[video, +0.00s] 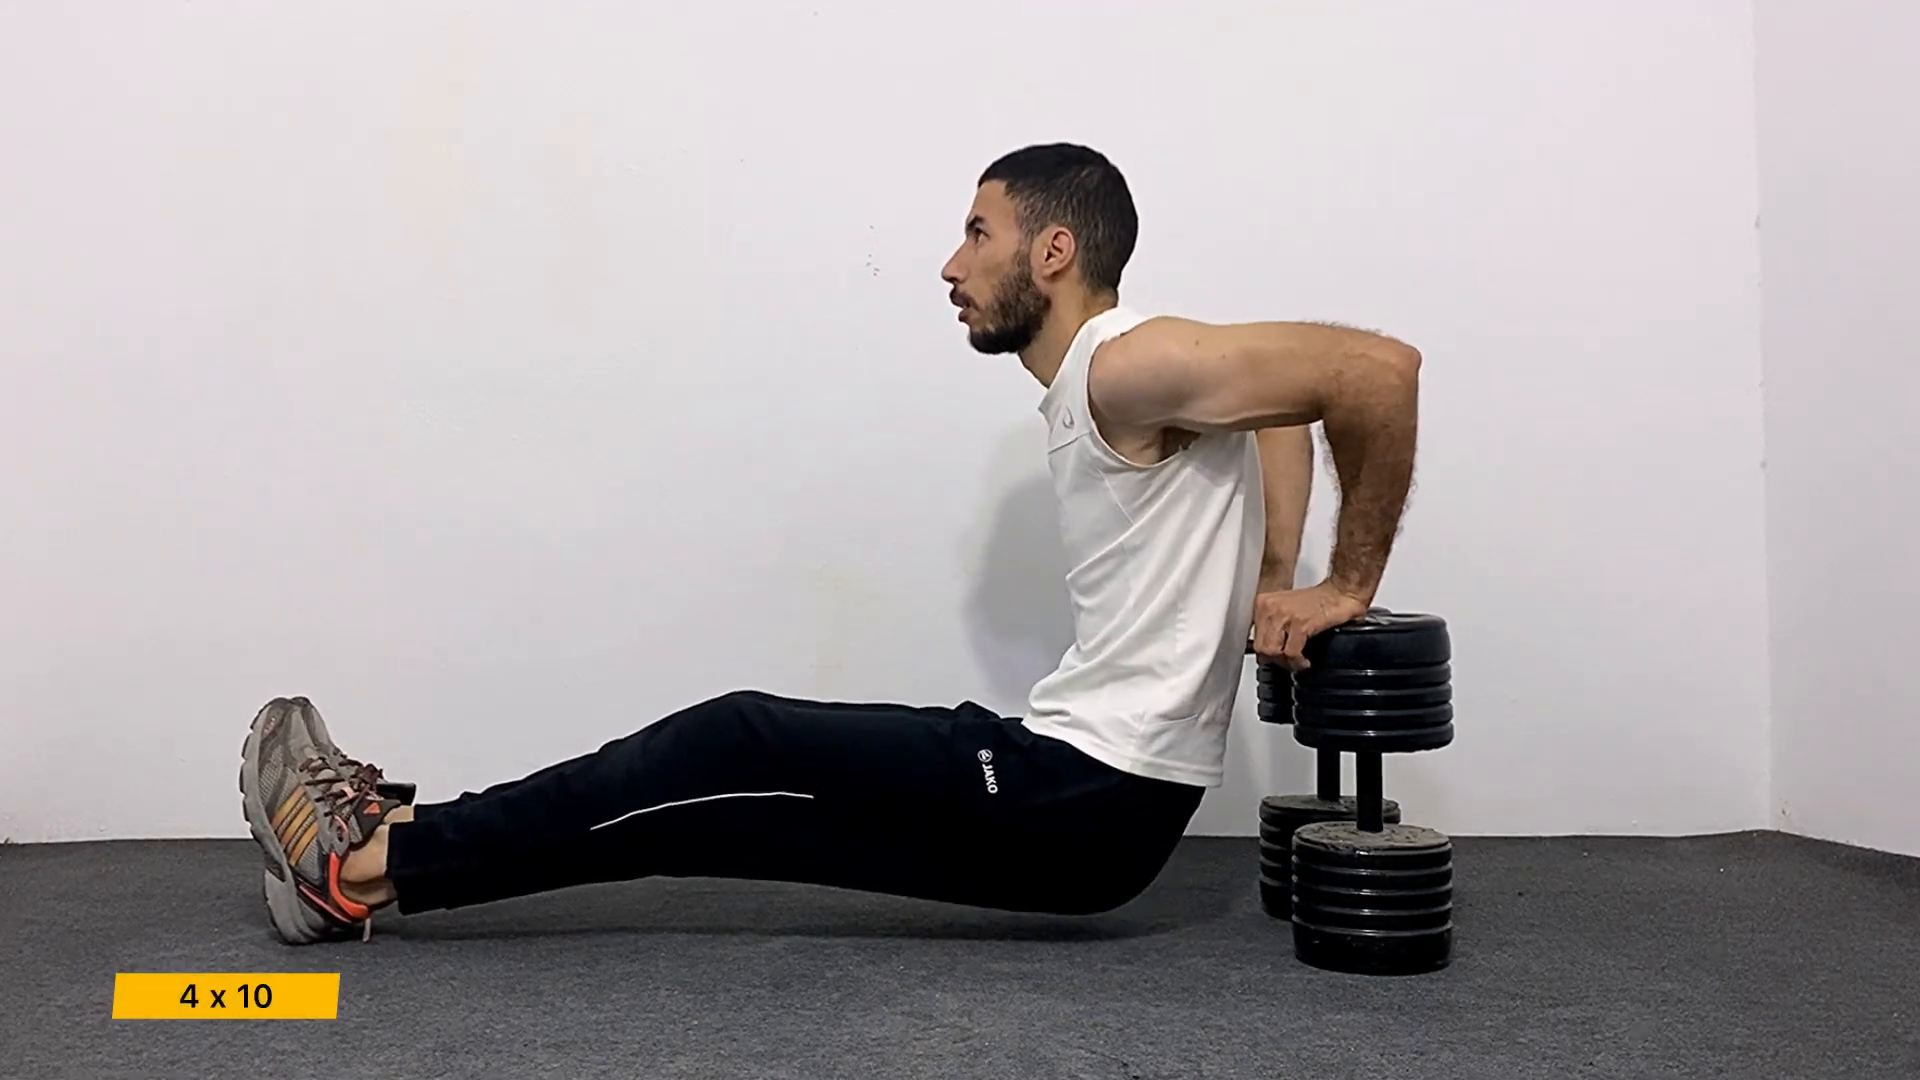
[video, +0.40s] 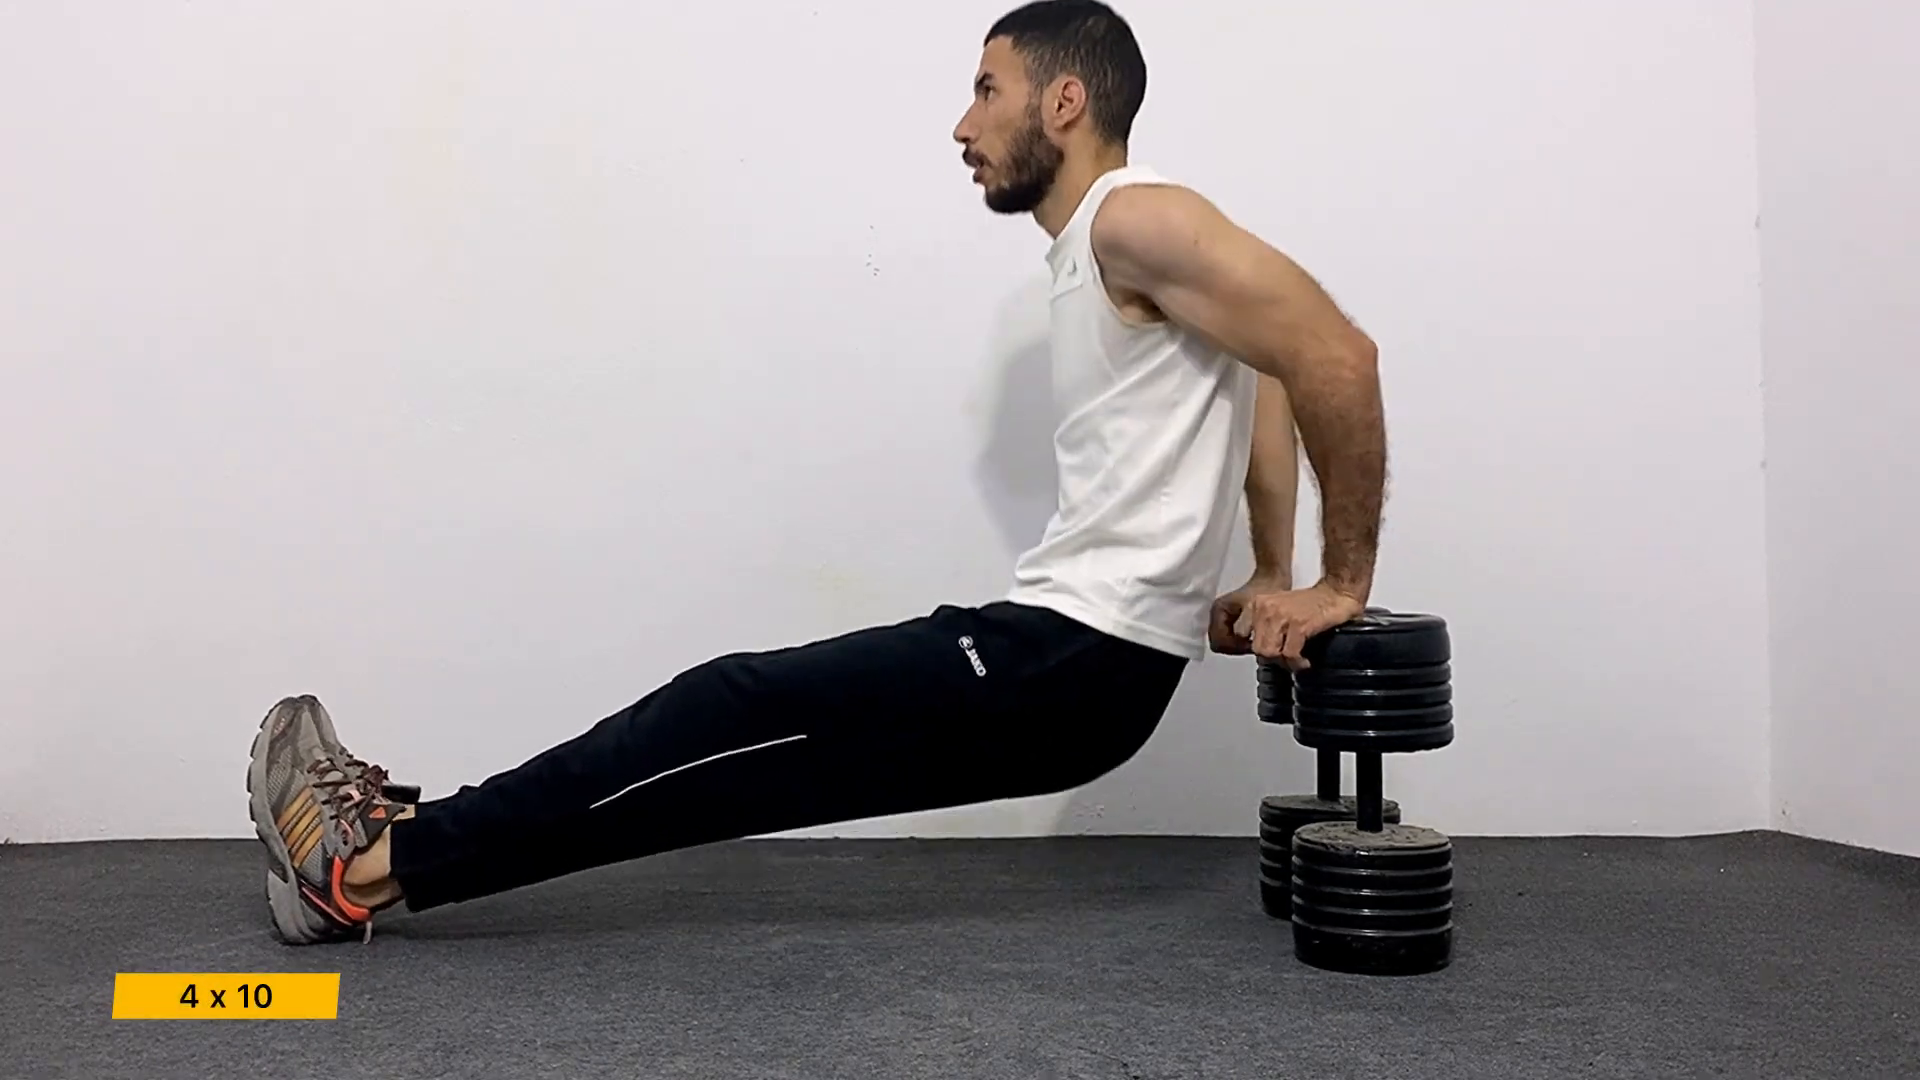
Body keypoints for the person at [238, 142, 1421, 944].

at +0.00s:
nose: (952, 268)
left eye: (976, 238)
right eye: (963, 240)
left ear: (1059, 250)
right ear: (1066, 252)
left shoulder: (1120, 367)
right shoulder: (1111, 368)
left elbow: (1381, 374)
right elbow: (1284, 394)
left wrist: (1355, 584)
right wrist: (1277, 580)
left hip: (1086, 792)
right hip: (1081, 781)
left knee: (730, 738)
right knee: (718, 796)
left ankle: (367, 866)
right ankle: (409, 835)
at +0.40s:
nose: (964, 125)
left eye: (988, 94)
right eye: (971, 95)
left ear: (1073, 102)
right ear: (1071, 108)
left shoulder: (1138, 222)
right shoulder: (1115, 251)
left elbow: (1335, 354)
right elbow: (1271, 409)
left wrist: (1352, 585)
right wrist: (1267, 583)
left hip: (1081, 653)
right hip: (1066, 643)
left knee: (730, 721)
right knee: (732, 713)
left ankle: (379, 873)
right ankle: (404, 843)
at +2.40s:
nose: (1017, 47)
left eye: (1039, 15)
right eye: (1022, 19)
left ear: (1123, 21)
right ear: (1107, 29)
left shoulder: (1187, 148)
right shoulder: (1148, 167)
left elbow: (1318, 350)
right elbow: (1246, 378)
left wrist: (1347, 581)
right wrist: (1263, 572)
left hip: (1068, 591)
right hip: (1048, 576)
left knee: (725, 714)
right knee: (719, 701)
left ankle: (381, 875)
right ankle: (415, 843)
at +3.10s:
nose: (982, 212)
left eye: (1004, 182)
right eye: (989, 185)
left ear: (1092, 193)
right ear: (1092, 196)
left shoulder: (1155, 314)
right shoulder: (1127, 315)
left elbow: (1401, 373)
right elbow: (1302, 380)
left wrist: (1352, 590)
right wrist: (1278, 570)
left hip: (1105, 747)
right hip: (1077, 725)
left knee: (737, 746)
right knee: (734, 755)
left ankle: (381, 878)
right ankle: (412, 846)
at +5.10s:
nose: (919, 245)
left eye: (943, 213)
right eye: (927, 216)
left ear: (1029, 224)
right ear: (1030, 226)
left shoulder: (1090, 342)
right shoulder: (1073, 347)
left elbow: (1345, 377)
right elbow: (1241, 391)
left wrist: (1299, 587)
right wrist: (1225, 575)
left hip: (1046, 778)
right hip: (1028, 763)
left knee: (686, 738)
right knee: (681, 788)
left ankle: (337, 872)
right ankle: (364, 852)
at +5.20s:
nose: (777, 261)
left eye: (798, 229)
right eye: (784, 232)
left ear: (882, 238)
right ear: (888, 240)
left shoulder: (947, 354)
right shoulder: (936, 359)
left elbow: (1204, 378)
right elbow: (1103, 395)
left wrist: (1161, 591)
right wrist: (1089, 573)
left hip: (906, 792)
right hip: (900, 786)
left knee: (547, 742)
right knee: (536, 800)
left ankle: (194, 876)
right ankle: (228, 850)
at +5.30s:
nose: (498, 268)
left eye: (522, 234)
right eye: (508, 236)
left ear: (606, 249)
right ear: (606, 251)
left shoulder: (672, 367)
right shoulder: (648, 372)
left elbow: (930, 378)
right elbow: (830, 390)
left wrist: (891, 587)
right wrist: (821, 575)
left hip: (640, 804)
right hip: (616, 781)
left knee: (269, 754)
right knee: (262, 772)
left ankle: (11, 855)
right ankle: (18, 860)